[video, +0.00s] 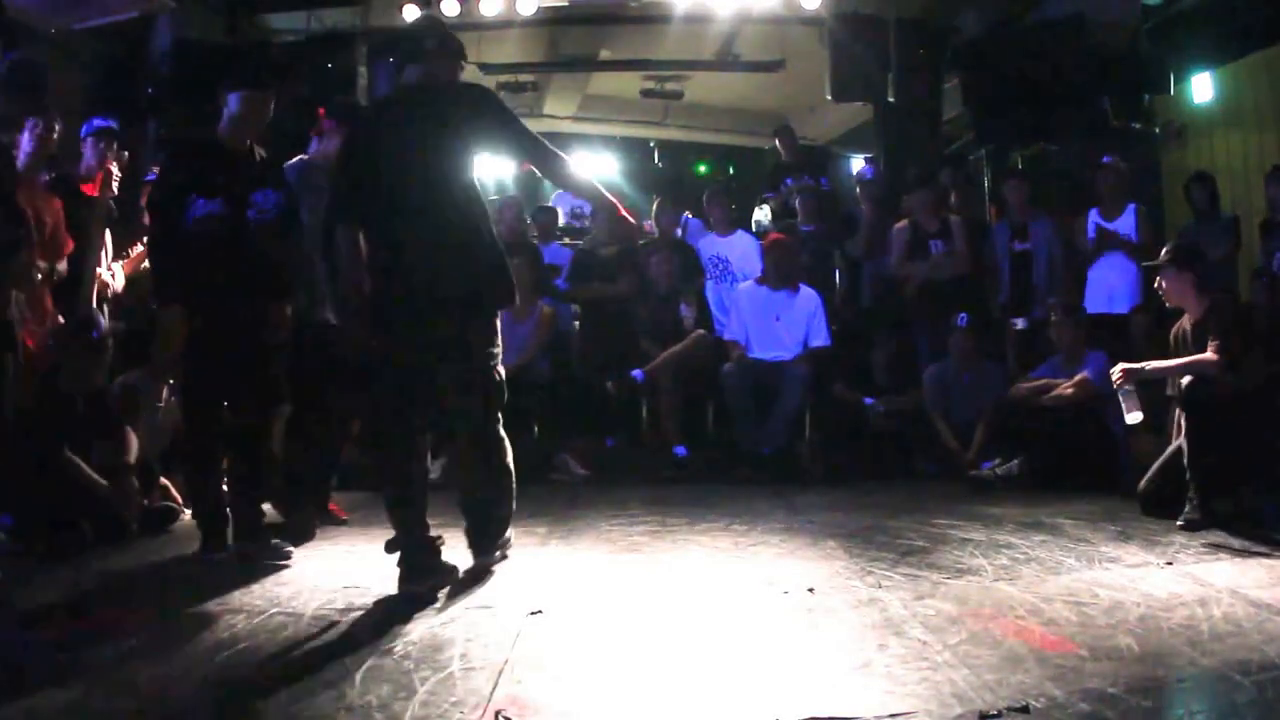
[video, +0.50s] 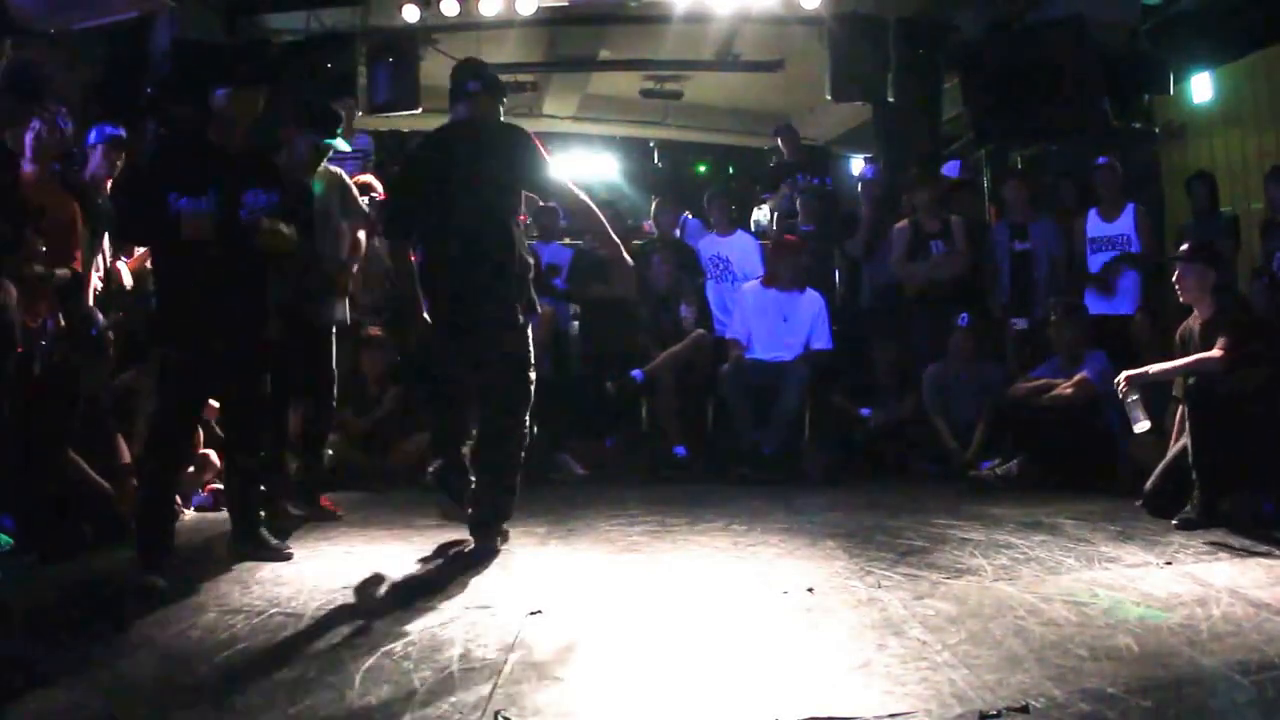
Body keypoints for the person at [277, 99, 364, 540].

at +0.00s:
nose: (342, 147)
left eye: (346, 139)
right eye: (338, 137)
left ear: (344, 138)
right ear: (323, 131)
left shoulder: (346, 177)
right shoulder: (299, 174)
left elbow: (352, 244)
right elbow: (300, 245)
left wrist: (360, 292)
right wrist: (314, 300)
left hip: (339, 311)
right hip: (306, 310)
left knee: (331, 407)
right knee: (308, 405)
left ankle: (320, 491)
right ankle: (298, 493)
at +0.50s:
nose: (320, 153)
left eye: (324, 145)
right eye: (316, 144)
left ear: (322, 143)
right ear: (300, 140)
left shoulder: (336, 181)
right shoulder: (278, 179)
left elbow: (358, 232)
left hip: (322, 303)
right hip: (282, 302)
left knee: (322, 395)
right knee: (280, 394)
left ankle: (311, 485)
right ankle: (278, 486)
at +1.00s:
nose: (328, 152)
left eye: (331, 144)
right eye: (321, 142)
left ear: (325, 148)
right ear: (295, 139)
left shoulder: (316, 192)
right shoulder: (260, 180)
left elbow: (310, 252)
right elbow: (246, 247)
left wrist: (311, 297)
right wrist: (287, 274)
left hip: (299, 312)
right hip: (255, 312)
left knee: (310, 403)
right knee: (258, 406)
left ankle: (305, 489)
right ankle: (267, 493)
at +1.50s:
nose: (340, 162)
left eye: (345, 155)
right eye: (337, 150)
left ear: (334, 153)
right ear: (311, 137)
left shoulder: (311, 195)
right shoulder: (272, 172)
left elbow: (308, 256)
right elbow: (237, 225)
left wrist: (307, 288)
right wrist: (265, 269)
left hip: (294, 315)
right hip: (263, 314)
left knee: (303, 404)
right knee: (278, 403)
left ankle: (289, 494)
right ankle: (261, 498)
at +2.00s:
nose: (308, 156)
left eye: (313, 148)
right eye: (302, 144)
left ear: (309, 151)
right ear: (277, 138)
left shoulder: (302, 199)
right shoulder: (238, 176)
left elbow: (300, 257)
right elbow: (185, 217)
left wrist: (291, 285)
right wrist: (214, 265)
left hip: (272, 320)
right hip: (231, 314)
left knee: (260, 412)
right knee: (250, 412)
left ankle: (246, 506)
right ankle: (242, 513)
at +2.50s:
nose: (282, 113)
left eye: (284, 104)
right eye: (272, 104)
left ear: (280, 109)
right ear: (241, 106)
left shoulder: (294, 164)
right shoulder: (200, 163)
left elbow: (302, 229)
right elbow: (168, 224)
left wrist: (293, 284)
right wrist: (186, 268)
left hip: (268, 307)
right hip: (211, 306)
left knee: (262, 411)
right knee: (216, 415)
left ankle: (264, 511)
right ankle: (232, 515)